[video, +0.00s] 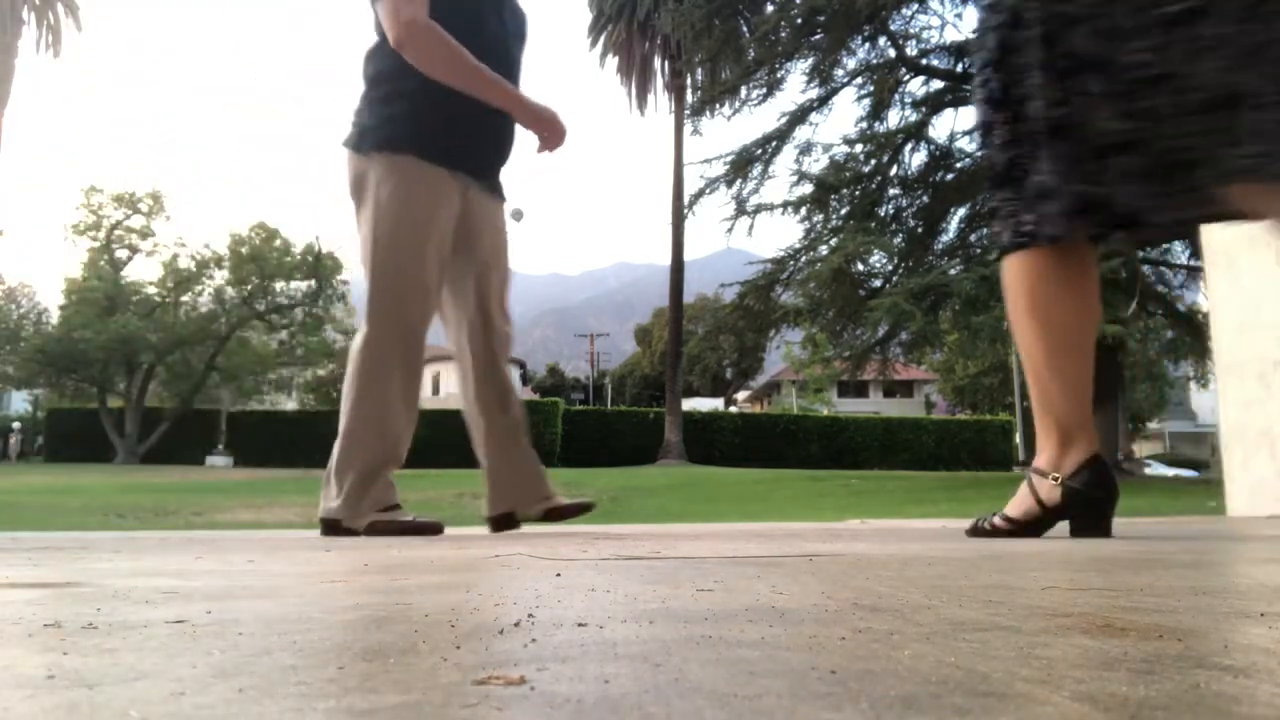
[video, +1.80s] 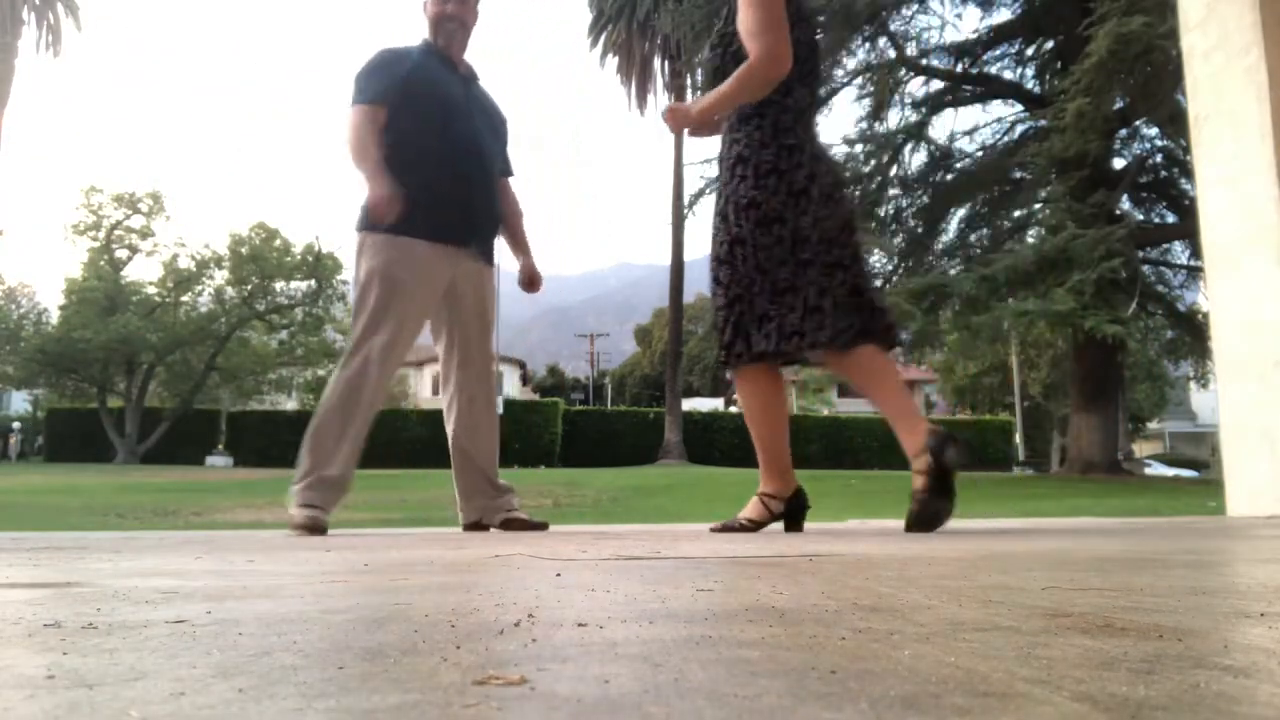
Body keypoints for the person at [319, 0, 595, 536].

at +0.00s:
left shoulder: (504, 10)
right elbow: (407, 31)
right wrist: (522, 106)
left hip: (476, 169)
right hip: (406, 152)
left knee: (485, 337)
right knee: (395, 326)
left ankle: (519, 494)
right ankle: (355, 502)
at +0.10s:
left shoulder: (535, 15)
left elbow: (520, 88)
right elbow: (411, 46)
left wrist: (524, 131)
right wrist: (507, 115)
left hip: (503, 183)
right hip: (428, 165)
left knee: (509, 347)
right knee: (405, 334)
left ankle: (524, 499)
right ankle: (359, 500)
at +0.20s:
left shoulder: (559, 17)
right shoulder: (442, 1)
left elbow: (564, 115)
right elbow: (420, 58)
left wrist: (580, 200)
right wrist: (471, 130)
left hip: (525, 202)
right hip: (445, 188)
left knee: (526, 355)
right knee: (416, 344)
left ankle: (523, 499)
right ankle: (386, 499)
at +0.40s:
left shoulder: (579, 27)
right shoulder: (465, 4)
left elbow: (590, 129)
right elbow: (446, 69)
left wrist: (608, 208)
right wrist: (448, 160)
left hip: (548, 207)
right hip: (473, 197)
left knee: (539, 357)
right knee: (472, 353)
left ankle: (535, 495)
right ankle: (474, 500)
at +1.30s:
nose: (505, 22)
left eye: (518, 14)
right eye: (498, 11)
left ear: (535, 24)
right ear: (484, 16)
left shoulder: (545, 110)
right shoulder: (453, 73)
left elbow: (557, 185)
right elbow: (419, 134)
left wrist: (566, 249)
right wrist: (443, 138)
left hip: (518, 255)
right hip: (456, 243)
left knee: (502, 376)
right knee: (452, 370)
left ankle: (492, 499)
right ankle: (450, 500)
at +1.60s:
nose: (483, 20)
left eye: (495, 13)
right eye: (476, 10)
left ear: (510, 25)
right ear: (461, 16)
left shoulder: (521, 113)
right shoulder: (430, 69)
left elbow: (531, 190)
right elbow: (394, 128)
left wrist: (541, 261)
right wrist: (421, 106)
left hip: (497, 255)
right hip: (431, 241)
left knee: (489, 381)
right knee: (409, 368)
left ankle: (485, 505)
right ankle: (374, 498)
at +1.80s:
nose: (452, 11)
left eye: (464, 5)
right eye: (443, 2)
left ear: (476, 16)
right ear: (427, 9)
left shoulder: (488, 109)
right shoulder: (393, 64)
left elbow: (501, 186)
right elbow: (362, 130)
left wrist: (524, 256)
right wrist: (377, 178)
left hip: (471, 255)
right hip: (401, 241)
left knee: (473, 378)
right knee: (368, 366)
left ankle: (484, 506)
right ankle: (313, 499)